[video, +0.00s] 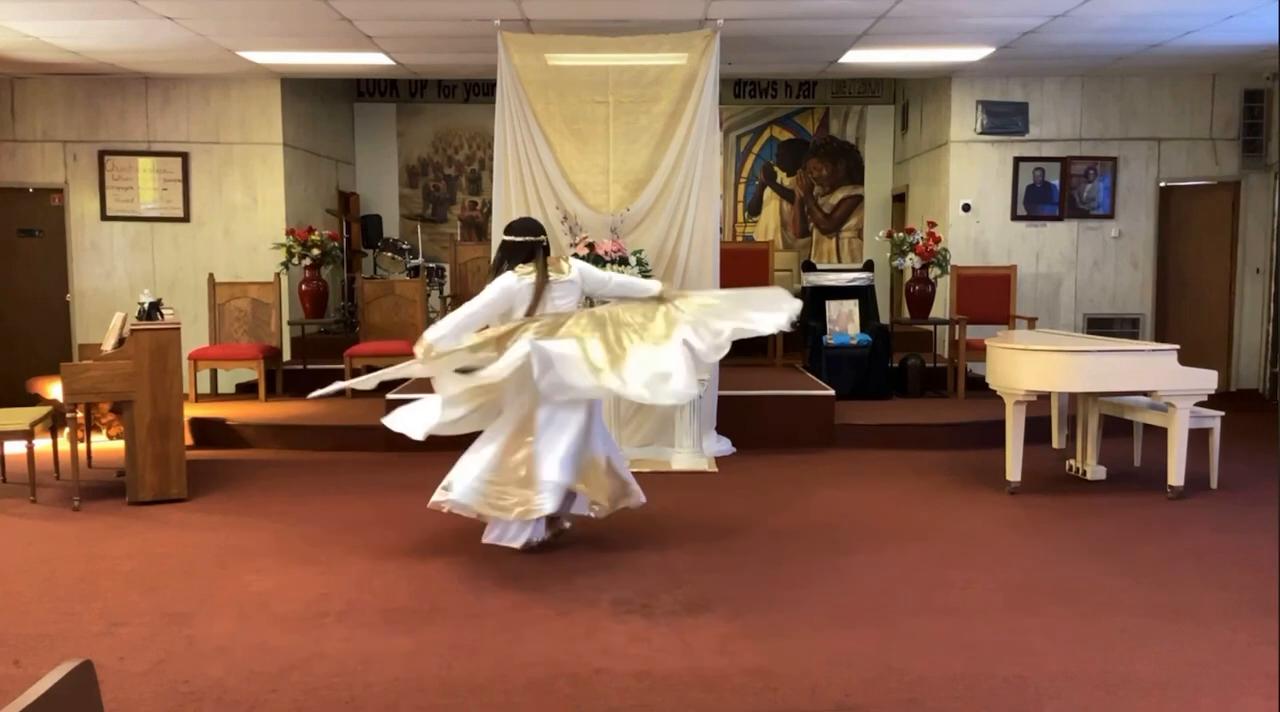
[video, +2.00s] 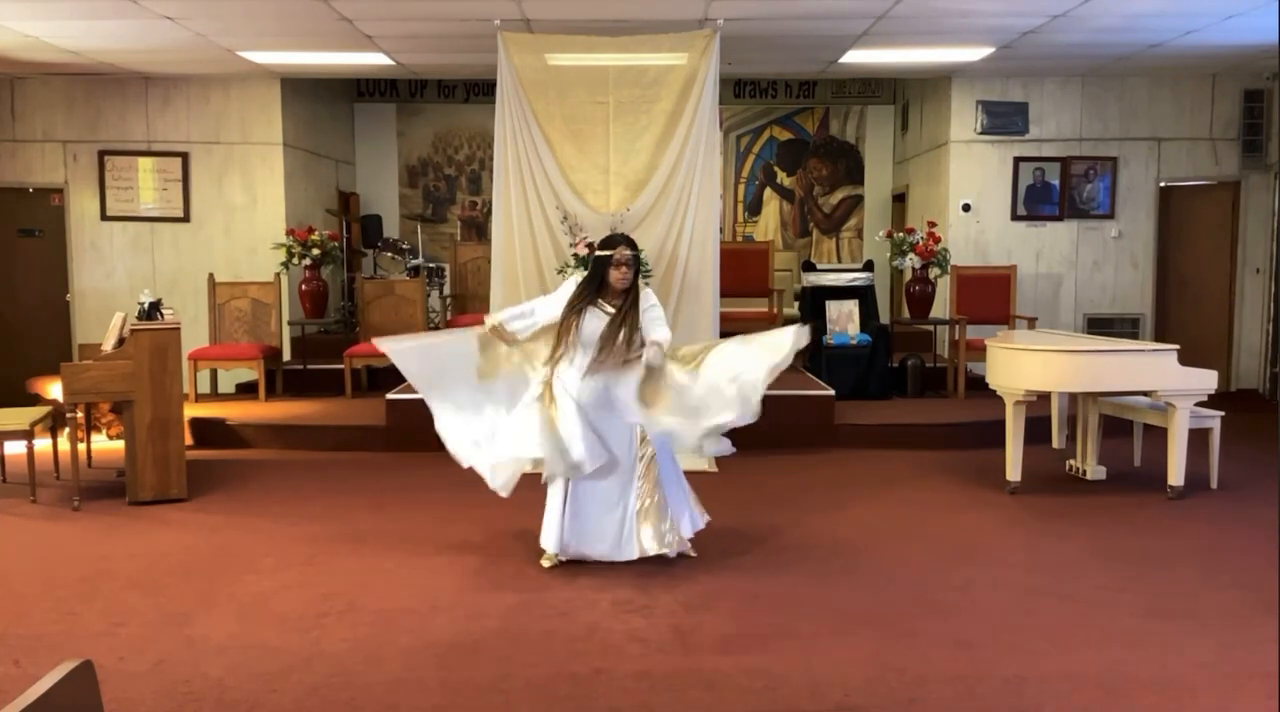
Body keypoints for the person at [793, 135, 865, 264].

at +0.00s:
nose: (815, 176)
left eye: (820, 170)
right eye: (812, 171)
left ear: (840, 166)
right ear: (808, 173)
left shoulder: (854, 193)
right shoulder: (820, 195)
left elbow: (828, 226)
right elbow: (799, 232)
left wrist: (808, 196)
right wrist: (799, 197)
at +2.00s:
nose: (815, 176)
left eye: (820, 170)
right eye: (812, 171)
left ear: (840, 165)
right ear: (808, 173)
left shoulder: (854, 193)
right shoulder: (820, 195)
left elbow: (828, 227)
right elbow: (800, 232)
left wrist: (808, 197)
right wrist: (799, 197)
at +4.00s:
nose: (815, 176)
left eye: (821, 170)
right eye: (812, 171)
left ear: (839, 166)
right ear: (808, 172)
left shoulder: (854, 193)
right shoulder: (819, 195)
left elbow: (828, 227)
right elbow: (800, 233)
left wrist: (808, 197)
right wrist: (798, 197)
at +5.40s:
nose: (815, 176)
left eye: (820, 170)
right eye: (812, 171)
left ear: (839, 166)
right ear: (808, 172)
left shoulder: (854, 193)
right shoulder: (820, 195)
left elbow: (827, 227)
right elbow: (800, 232)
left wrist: (808, 196)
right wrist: (799, 197)